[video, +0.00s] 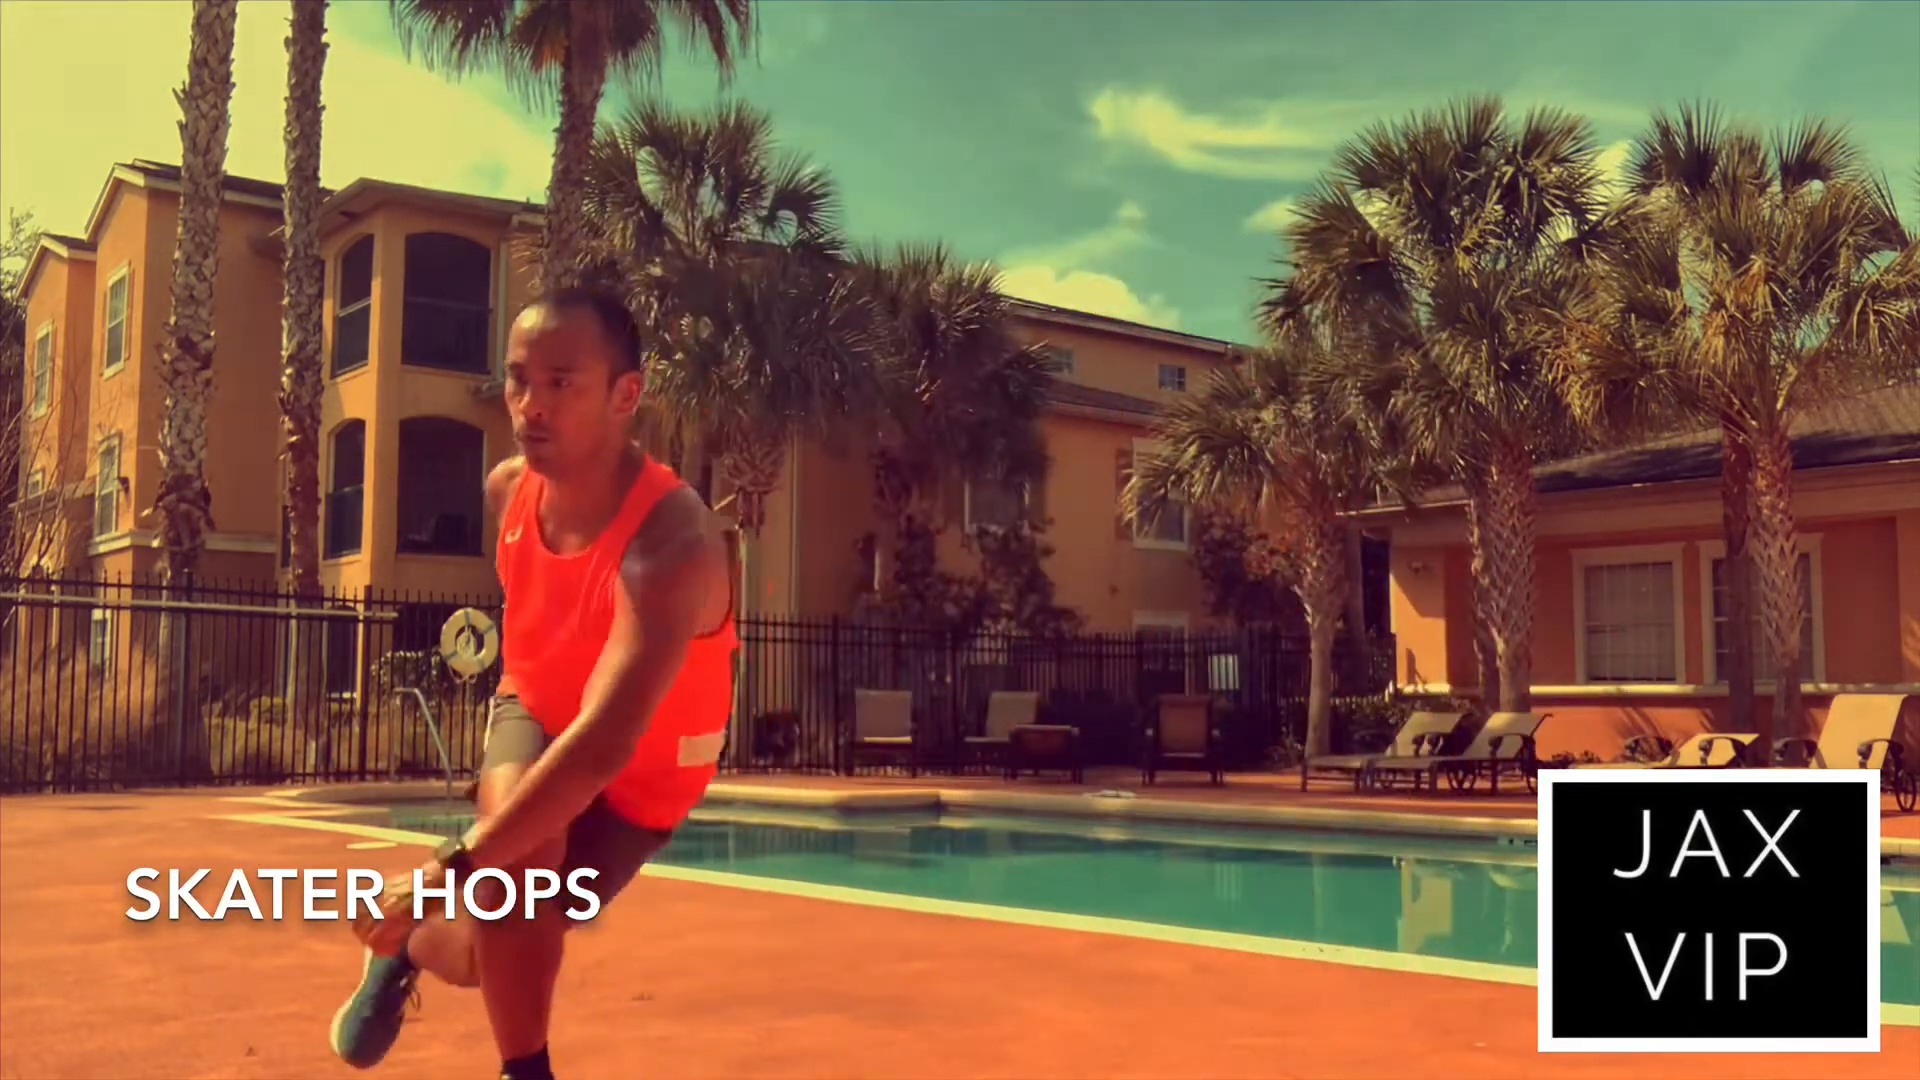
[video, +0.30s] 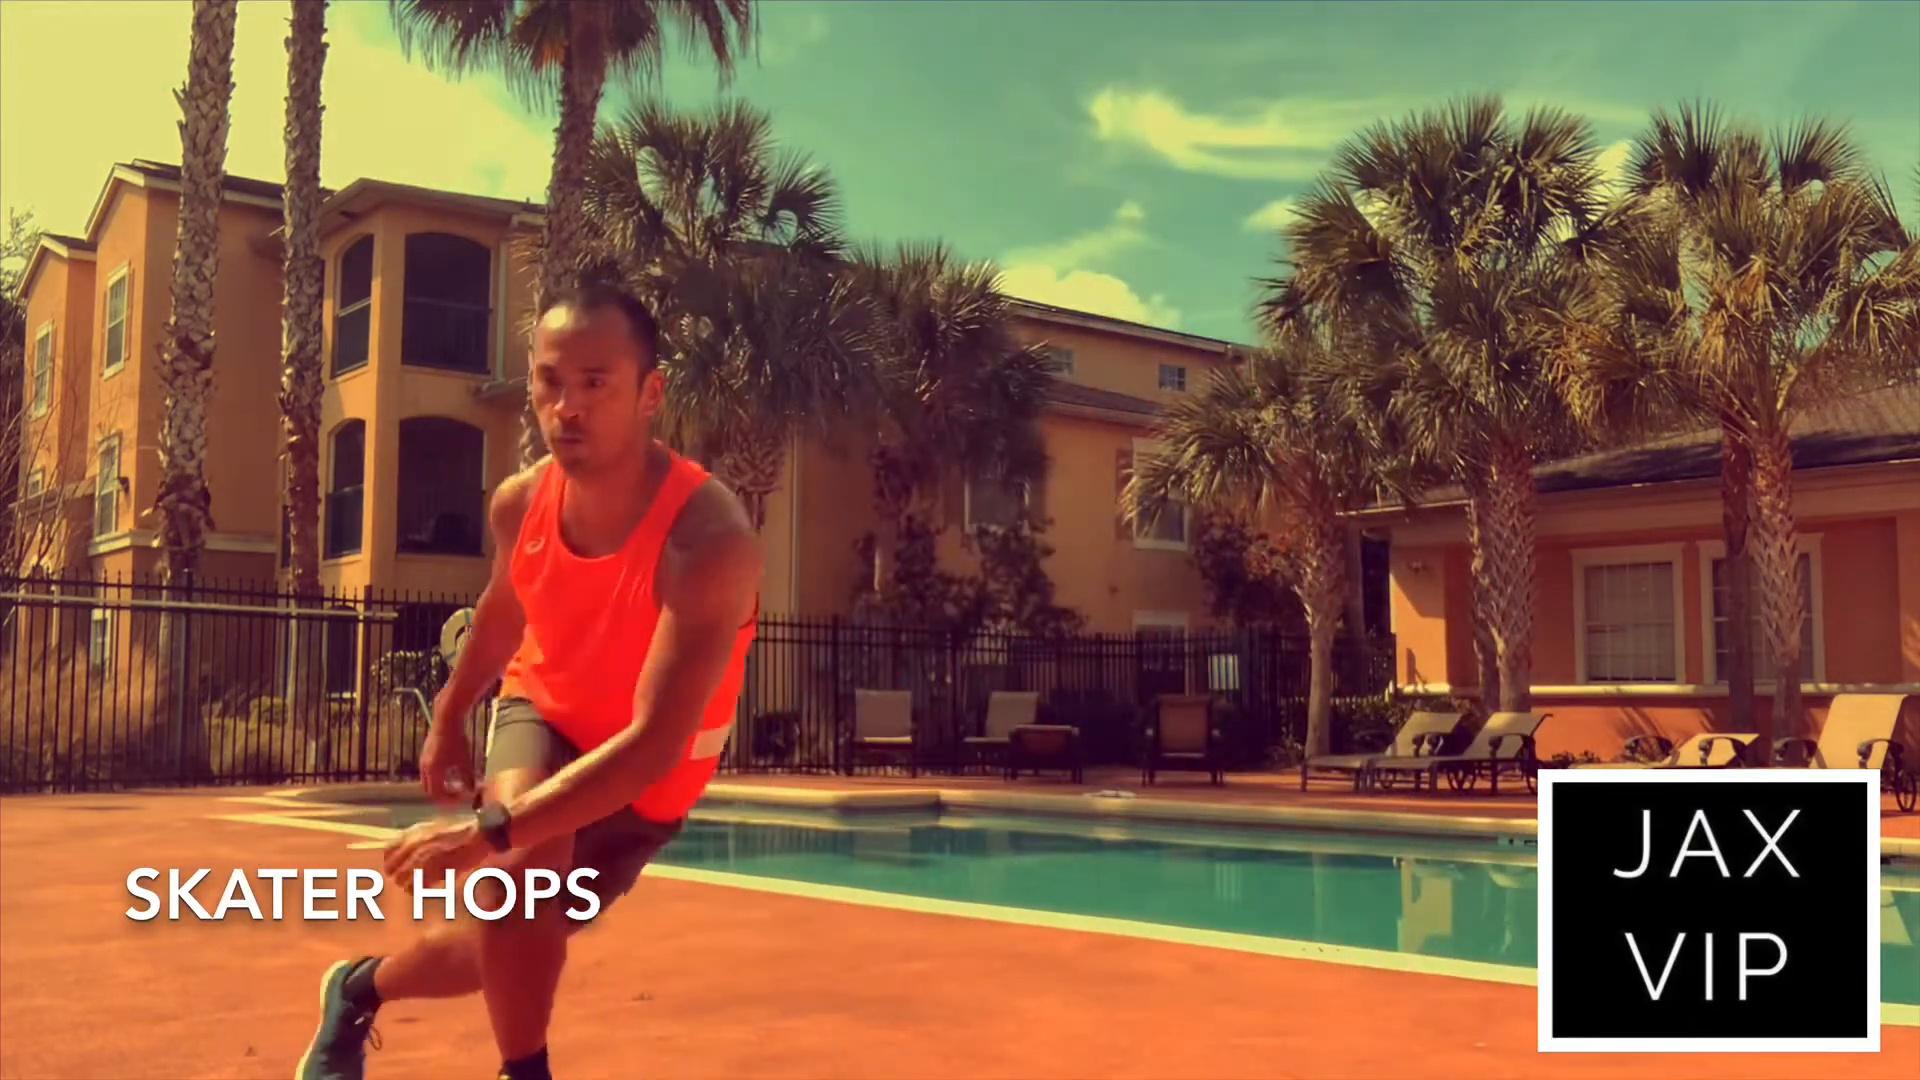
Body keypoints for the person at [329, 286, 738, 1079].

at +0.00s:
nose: (530, 404)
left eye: (560, 382)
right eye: (519, 380)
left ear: (625, 396)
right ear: (506, 387)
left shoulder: (671, 544)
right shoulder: (509, 491)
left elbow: (602, 746)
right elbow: (530, 624)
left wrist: (447, 870)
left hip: (641, 779)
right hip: (533, 712)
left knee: (493, 956)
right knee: (520, 871)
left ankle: (402, 947)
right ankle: (528, 1070)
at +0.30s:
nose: (567, 406)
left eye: (594, 382)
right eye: (551, 382)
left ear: (651, 390)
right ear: (532, 388)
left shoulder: (710, 536)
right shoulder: (521, 504)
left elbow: (659, 740)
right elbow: (501, 611)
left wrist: (488, 831)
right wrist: (449, 714)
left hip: (650, 773)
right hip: (538, 709)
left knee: (515, 946)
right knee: (518, 880)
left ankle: (359, 987)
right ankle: (527, 1072)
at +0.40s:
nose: (639, 335)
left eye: (666, 313)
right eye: (621, 309)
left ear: (712, 326)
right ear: (594, 319)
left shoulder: (770, 471)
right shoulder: (566, 460)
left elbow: (787, 672)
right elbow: (510, 596)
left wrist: (700, 828)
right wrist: (425, 712)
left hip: (705, 733)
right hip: (594, 680)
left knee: (608, 960)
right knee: (560, 851)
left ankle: (511, 930)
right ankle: (530, 1072)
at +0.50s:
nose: (748, 268)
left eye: (773, 249)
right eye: (728, 244)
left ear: (806, 264)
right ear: (690, 251)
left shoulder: (865, 405)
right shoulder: (637, 389)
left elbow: (956, 555)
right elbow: (533, 499)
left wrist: (952, 709)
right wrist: (443, 619)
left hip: (794, 691)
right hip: (650, 669)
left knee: (809, 915)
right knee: (583, 877)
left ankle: (770, 919)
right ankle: (532, 1067)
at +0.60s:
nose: (882, 211)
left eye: (905, 190)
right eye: (861, 185)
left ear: (934, 197)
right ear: (820, 187)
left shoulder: (986, 318)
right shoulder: (754, 305)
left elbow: (1097, 393)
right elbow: (637, 382)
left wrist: (1126, 532)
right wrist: (540, 490)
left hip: (897, 619)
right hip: (743, 620)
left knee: (1032, 812)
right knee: (634, 839)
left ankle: (1062, 935)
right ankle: (533, 1061)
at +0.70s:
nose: (1022, 180)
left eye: (1047, 158)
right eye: (1001, 151)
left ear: (1075, 159)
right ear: (958, 143)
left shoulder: (1106, 267)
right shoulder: (879, 265)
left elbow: (1183, 320)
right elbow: (776, 354)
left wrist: (1236, 441)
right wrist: (683, 442)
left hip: (1031, 588)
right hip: (866, 591)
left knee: (1190, 762)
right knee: (735, 788)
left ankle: (1320, 972)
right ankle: (599, 1010)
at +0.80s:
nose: (1166, 198)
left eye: (1188, 174)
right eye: (1143, 169)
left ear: (1207, 177)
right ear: (1088, 166)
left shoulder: (1234, 296)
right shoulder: (1003, 292)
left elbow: (1286, 384)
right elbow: (884, 400)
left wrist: (1308, 499)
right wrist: (802, 524)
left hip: (1164, 604)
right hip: (1004, 597)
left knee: (1299, 807)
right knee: (859, 828)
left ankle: (1448, 1026)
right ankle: (857, 917)